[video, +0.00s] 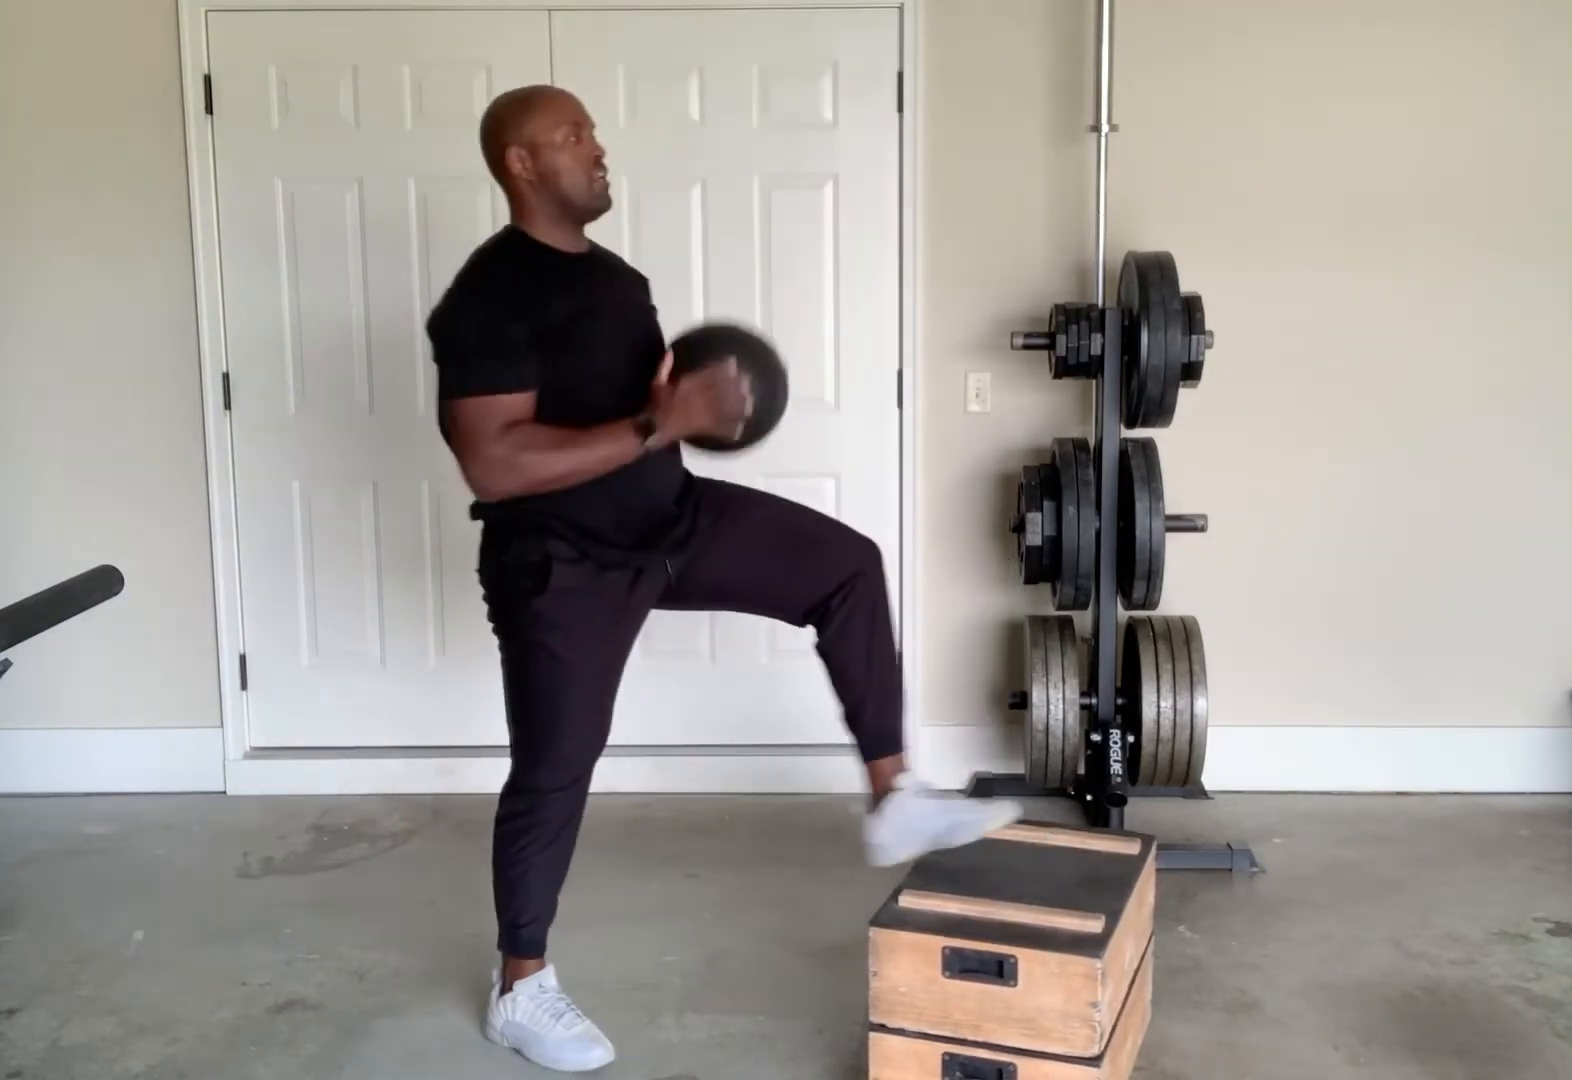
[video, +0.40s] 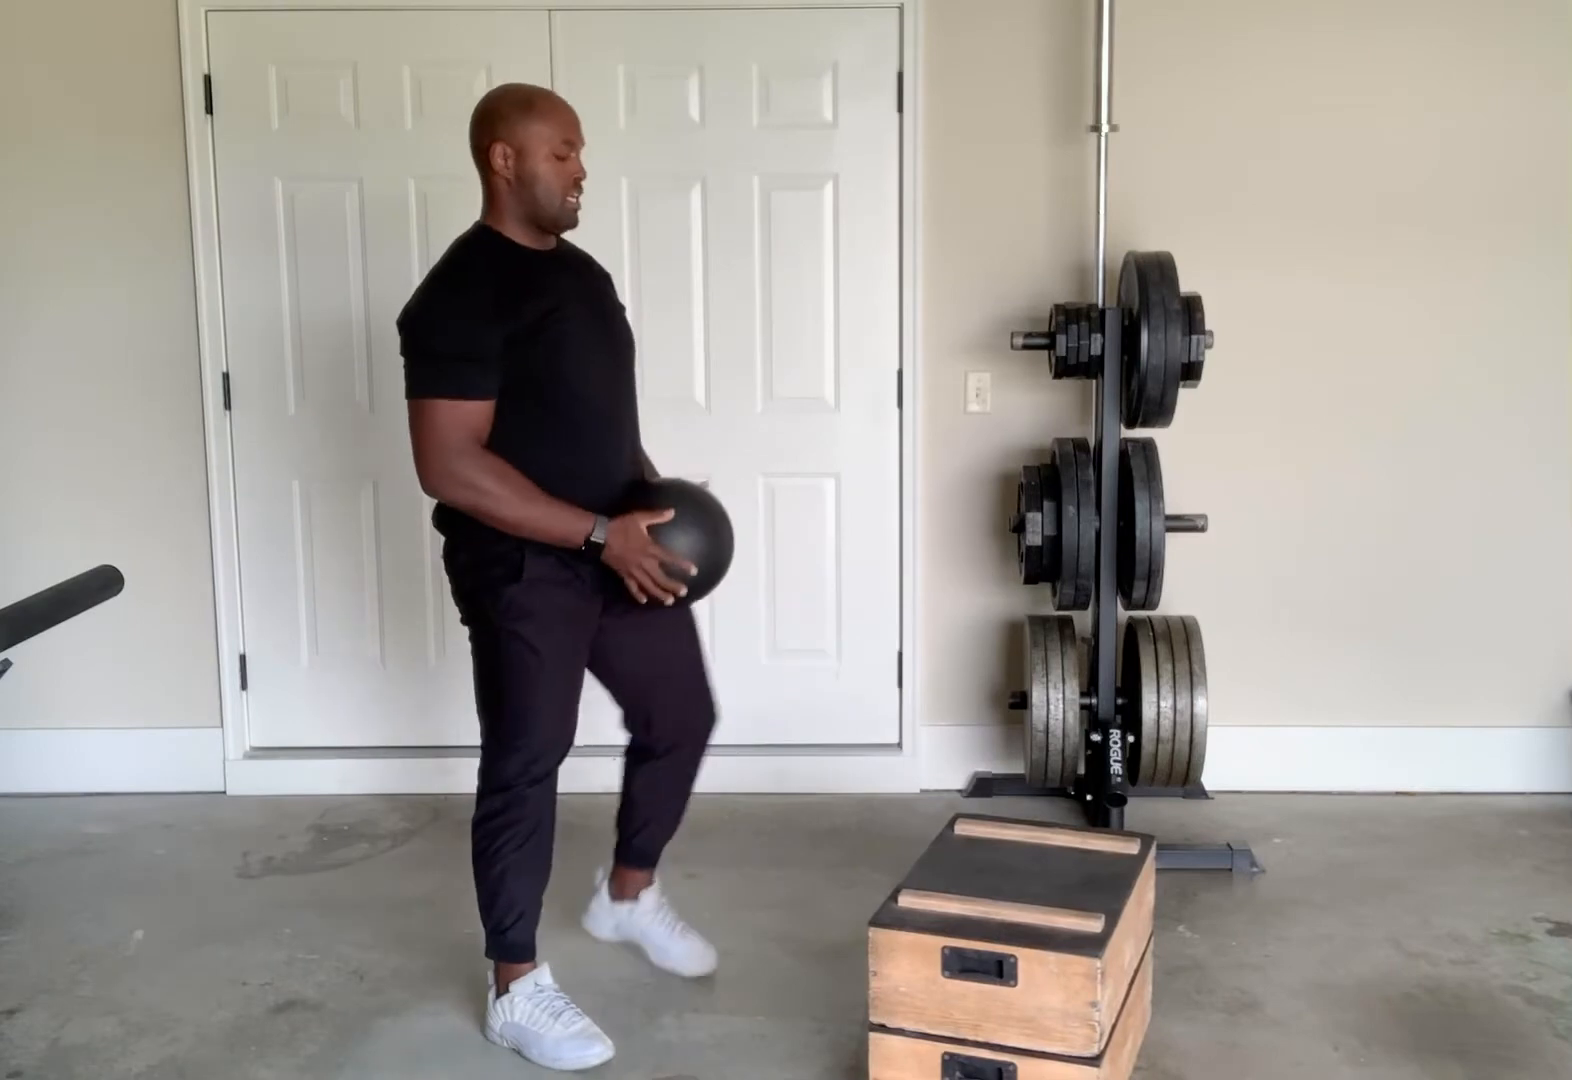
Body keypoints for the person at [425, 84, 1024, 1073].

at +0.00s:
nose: (601, 149)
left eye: (593, 132)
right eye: (579, 136)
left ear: (545, 162)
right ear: (521, 163)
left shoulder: (615, 280)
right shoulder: (481, 302)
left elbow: (623, 407)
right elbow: (491, 465)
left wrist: (694, 404)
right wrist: (652, 426)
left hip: (668, 521)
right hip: (560, 561)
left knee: (848, 567)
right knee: (554, 770)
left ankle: (892, 799)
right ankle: (521, 982)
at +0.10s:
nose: (586, 148)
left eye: (581, 131)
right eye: (562, 134)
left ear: (540, 158)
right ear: (505, 161)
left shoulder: (600, 270)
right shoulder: (469, 293)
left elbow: (622, 408)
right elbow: (467, 462)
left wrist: (687, 433)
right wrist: (637, 458)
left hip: (653, 519)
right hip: (548, 556)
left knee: (832, 575)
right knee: (546, 767)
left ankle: (822, 803)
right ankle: (522, 984)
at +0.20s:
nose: (572, 148)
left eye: (568, 132)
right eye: (551, 135)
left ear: (530, 159)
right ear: (490, 158)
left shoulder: (588, 275)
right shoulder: (454, 299)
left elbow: (598, 421)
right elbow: (452, 464)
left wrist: (668, 450)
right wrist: (618, 494)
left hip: (630, 539)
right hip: (532, 563)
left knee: (799, 611)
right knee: (531, 767)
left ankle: (721, 812)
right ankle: (518, 981)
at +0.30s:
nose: (572, 160)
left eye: (569, 143)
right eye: (550, 144)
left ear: (523, 159)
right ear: (490, 159)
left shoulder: (583, 276)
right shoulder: (451, 297)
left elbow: (604, 427)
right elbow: (446, 466)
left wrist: (665, 508)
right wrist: (603, 523)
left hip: (615, 546)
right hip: (518, 564)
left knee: (736, 682)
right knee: (523, 763)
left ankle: (649, 854)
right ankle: (517, 982)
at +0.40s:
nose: (581, 169)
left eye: (581, 153)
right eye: (563, 154)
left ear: (542, 162)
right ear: (500, 163)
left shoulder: (585, 278)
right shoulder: (453, 299)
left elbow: (608, 423)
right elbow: (446, 466)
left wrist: (660, 518)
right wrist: (597, 533)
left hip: (611, 551)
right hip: (517, 565)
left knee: (679, 722)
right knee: (523, 766)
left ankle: (628, 894)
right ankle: (515, 981)